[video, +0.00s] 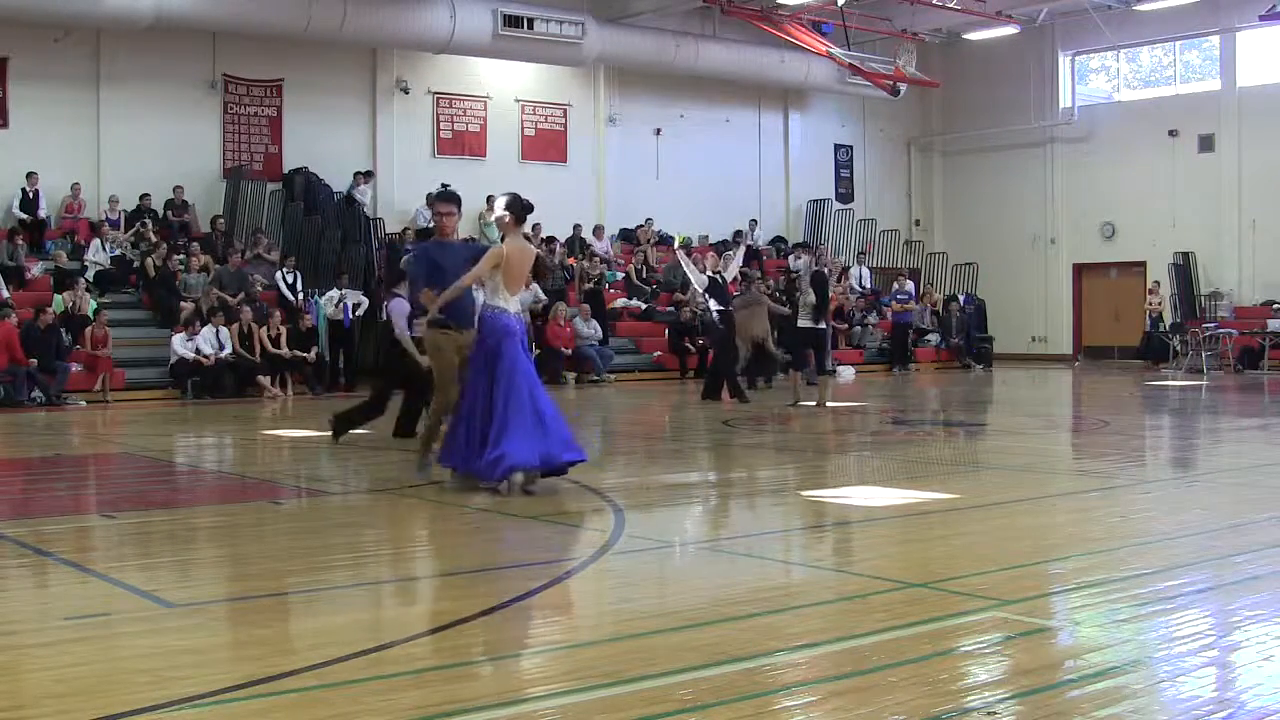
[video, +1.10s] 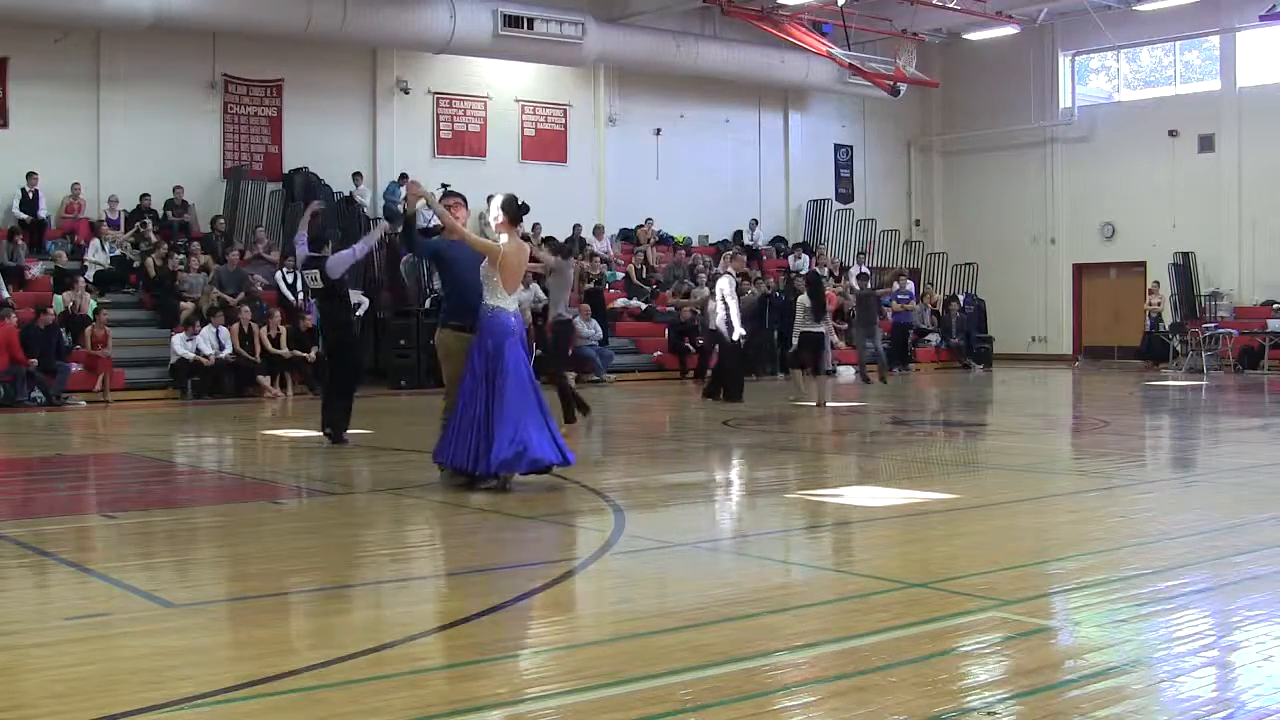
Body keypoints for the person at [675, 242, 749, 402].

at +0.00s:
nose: (713, 259)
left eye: (714, 257)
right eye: (710, 257)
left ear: (718, 261)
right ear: (705, 262)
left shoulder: (724, 277)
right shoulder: (703, 280)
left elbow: (735, 264)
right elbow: (690, 269)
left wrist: (744, 245)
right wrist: (679, 252)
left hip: (729, 316)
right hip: (717, 317)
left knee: (722, 354)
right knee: (728, 353)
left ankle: (711, 392)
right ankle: (737, 392)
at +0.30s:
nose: (718, 261)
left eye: (719, 259)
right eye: (715, 259)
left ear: (721, 262)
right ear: (708, 262)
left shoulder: (725, 279)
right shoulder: (706, 279)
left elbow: (739, 273)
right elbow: (689, 276)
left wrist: (751, 267)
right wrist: (669, 269)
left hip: (729, 317)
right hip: (716, 318)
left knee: (722, 355)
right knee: (724, 355)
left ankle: (710, 392)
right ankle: (738, 393)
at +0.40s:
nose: (726, 262)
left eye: (726, 260)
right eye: (722, 259)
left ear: (724, 263)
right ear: (714, 262)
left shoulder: (725, 279)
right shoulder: (709, 279)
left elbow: (738, 280)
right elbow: (689, 280)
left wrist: (750, 278)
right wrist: (668, 279)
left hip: (729, 320)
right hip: (717, 321)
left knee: (722, 357)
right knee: (726, 356)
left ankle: (711, 392)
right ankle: (738, 392)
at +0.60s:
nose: (729, 263)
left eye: (730, 260)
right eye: (725, 260)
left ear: (729, 262)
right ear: (717, 260)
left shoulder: (725, 281)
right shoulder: (710, 278)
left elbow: (735, 298)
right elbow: (691, 290)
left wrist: (747, 297)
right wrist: (682, 296)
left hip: (727, 323)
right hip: (717, 323)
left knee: (721, 357)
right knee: (727, 355)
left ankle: (710, 392)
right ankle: (738, 392)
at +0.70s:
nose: (731, 263)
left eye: (732, 261)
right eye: (728, 260)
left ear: (730, 262)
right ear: (719, 260)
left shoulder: (726, 278)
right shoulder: (712, 278)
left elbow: (730, 298)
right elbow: (695, 299)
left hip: (728, 324)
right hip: (719, 325)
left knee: (719, 359)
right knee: (729, 359)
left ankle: (710, 391)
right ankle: (738, 392)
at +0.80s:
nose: (733, 264)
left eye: (734, 261)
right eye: (730, 260)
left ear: (732, 262)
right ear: (722, 260)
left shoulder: (728, 277)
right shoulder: (716, 277)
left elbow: (730, 303)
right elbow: (709, 298)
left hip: (729, 324)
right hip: (720, 324)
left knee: (718, 358)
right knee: (731, 358)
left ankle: (709, 391)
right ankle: (734, 393)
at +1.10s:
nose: (744, 265)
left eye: (744, 262)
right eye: (741, 262)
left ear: (732, 263)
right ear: (731, 262)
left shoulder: (729, 279)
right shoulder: (727, 280)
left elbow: (731, 305)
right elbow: (732, 304)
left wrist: (737, 327)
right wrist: (737, 327)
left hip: (725, 321)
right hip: (725, 322)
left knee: (725, 357)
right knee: (732, 357)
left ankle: (711, 390)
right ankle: (733, 394)